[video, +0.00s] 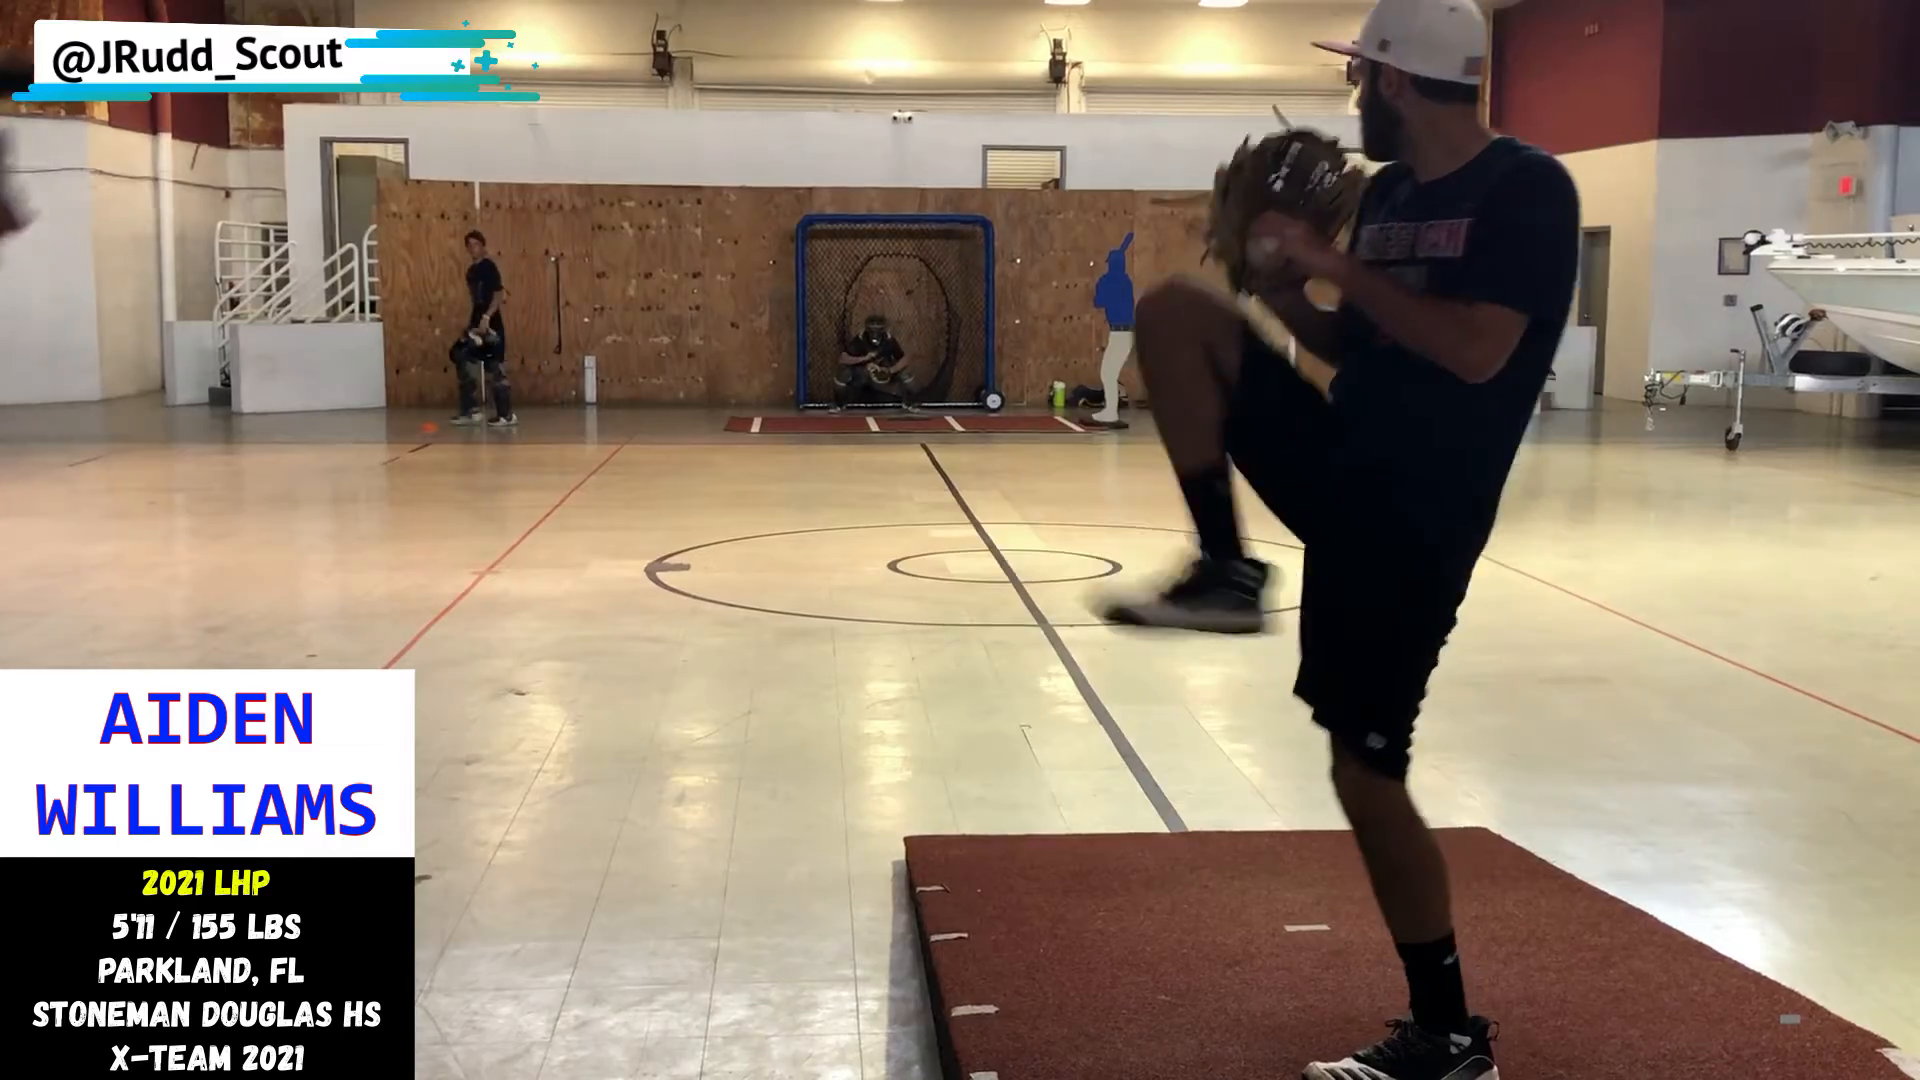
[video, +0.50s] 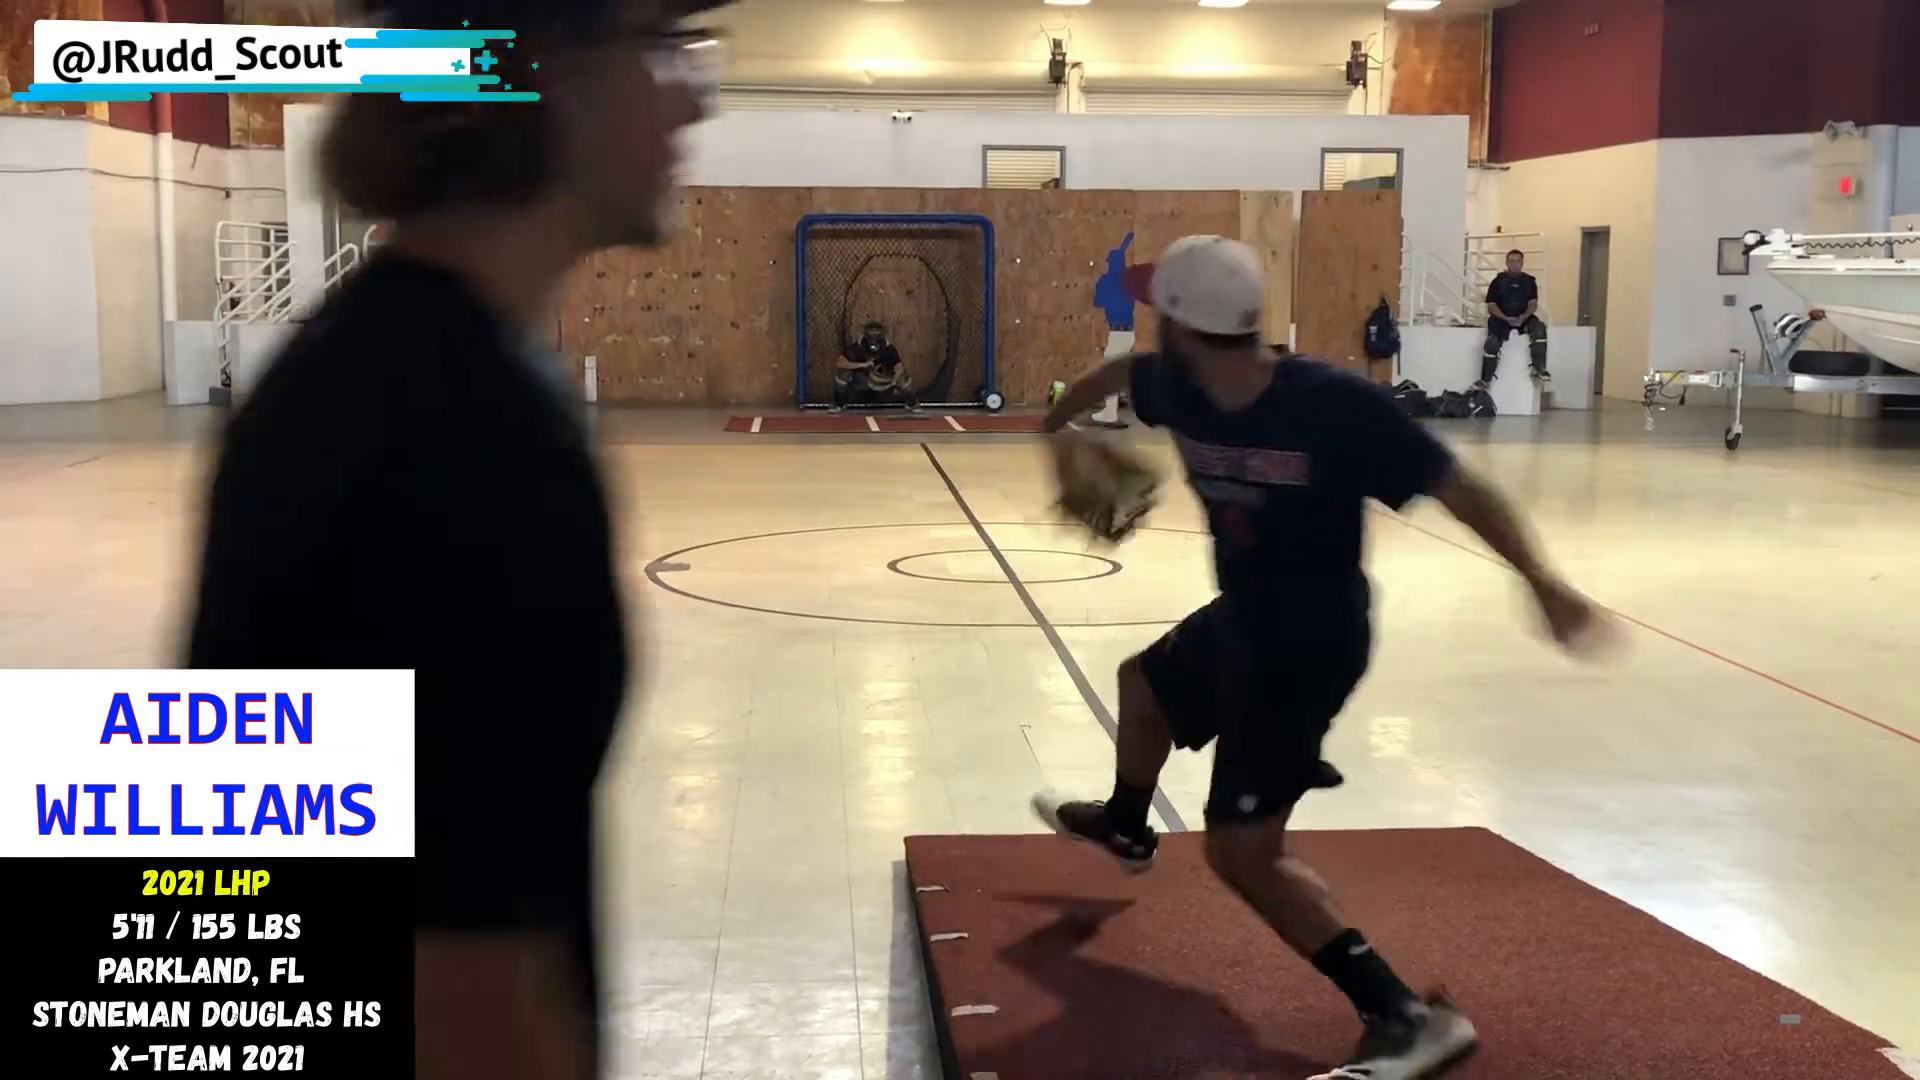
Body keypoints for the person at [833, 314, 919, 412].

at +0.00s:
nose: (876, 334)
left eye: (879, 330)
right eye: (872, 330)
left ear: (884, 329)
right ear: (867, 329)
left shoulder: (890, 341)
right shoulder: (859, 340)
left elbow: (904, 360)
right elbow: (843, 359)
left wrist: (890, 371)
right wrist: (865, 358)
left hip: (885, 375)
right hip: (862, 377)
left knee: (905, 374)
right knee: (844, 372)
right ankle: (841, 403)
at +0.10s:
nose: (874, 336)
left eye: (877, 332)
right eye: (871, 332)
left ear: (882, 331)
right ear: (865, 331)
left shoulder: (889, 343)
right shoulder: (857, 342)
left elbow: (903, 362)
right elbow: (841, 361)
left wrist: (889, 372)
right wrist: (863, 360)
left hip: (883, 374)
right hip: (861, 375)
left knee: (903, 375)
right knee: (843, 374)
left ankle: (912, 402)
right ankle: (840, 404)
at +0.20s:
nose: (873, 338)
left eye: (876, 334)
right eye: (870, 334)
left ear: (881, 334)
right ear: (865, 333)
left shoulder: (889, 347)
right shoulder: (856, 346)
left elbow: (899, 367)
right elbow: (840, 362)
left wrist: (887, 374)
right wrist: (862, 362)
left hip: (882, 380)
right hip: (861, 382)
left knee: (903, 378)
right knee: (843, 374)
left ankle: (912, 403)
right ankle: (841, 405)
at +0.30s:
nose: (873, 339)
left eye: (876, 336)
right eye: (870, 336)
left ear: (881, 336)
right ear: (865, 335)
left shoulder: (888, 348)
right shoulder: (856, 346)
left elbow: (899, 367)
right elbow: (840, 362)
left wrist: (891, 378)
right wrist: (863, 363)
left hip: (882, 380)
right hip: (860, 382)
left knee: (902, 378)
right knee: (842, 374)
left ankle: (912, 403)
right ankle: (839, 404)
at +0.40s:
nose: (874, 340)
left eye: (877, 336)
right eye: (870, 336)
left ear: (882, 336)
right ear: (865, 335)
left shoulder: (889, 348)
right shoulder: (857, 347)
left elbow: (899, 368)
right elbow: (840, 363)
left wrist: (894, 382)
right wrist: (863, 364)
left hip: (884, 386)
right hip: (862, 385)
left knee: (903, 378)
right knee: (843, 374)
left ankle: (912, 404)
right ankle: (839, 404)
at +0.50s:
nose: (874, 340)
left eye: (877, 337)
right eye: (871, 337)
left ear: (882, 336)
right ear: (865, 336)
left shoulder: (889, 349)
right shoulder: (857, 347)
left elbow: (899, 368)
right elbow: (840, 363)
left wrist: (894, 383)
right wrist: (862, 365)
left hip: (885, 384)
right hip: (862, 383)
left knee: (903, 377)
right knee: (843, 374)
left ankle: (912, 404)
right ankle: (838, 404)